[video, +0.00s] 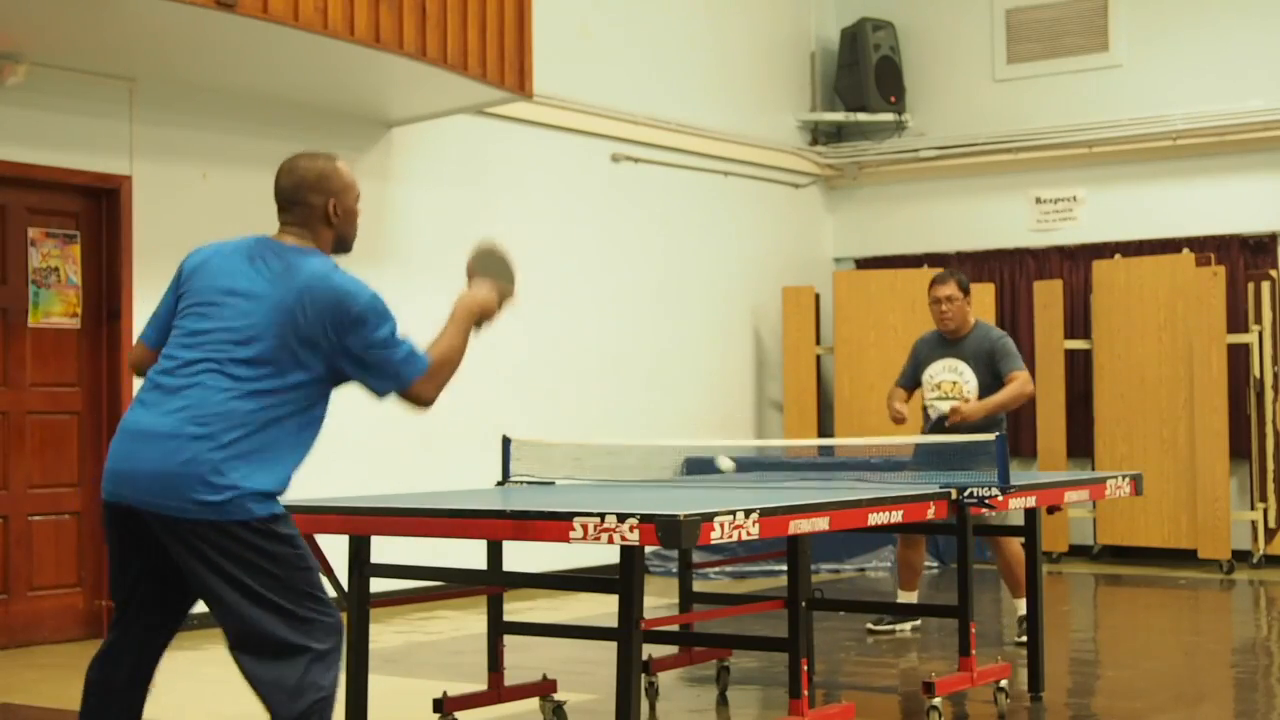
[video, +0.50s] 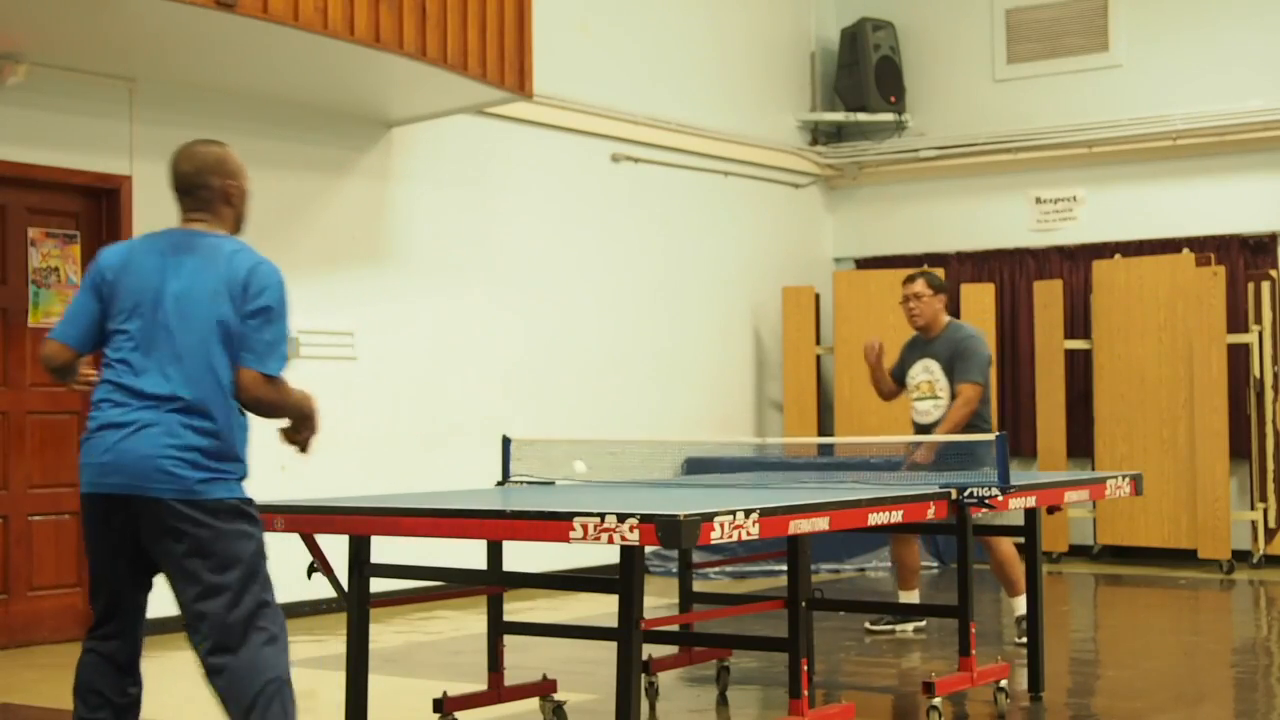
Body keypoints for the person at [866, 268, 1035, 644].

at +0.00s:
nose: (943, 309)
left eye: (950, 301)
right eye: (936, 302)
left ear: (968, 302)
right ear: (929, 306)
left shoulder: (994, 341)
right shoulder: (925, 346)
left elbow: (1024, 386)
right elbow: (900, 390)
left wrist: (978, 408)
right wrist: (897, 405)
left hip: (981, 453)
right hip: (932, 453)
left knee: (998, 529)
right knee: (910, 524)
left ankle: (1026, 613)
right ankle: (906, 610)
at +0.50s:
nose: (910, 307)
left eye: (918, 299)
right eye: (905, 301)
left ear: (942, 300)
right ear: (903, 306)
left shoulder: (968, 341)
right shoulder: (913, 346)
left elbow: (967, 401)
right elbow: (889, 391)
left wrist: (931, 444)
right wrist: (875, 367)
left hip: (970, 452)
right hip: (925, 453)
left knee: (991, 531)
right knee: (903, 524)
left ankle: (1024, 614)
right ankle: (909, 611)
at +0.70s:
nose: (881, 298)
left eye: (888, 290)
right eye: (878, 293)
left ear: (912, 289)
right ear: (878, 297)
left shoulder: (939, 328)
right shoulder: (887, 336)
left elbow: (945, 387)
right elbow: (849, 369)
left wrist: (924, 437)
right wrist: (856, 325)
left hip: (943, 438)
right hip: (898, 441)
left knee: (961, 518)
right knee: (896, 522)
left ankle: (1000, 604)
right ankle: (908, 611)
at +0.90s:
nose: (860, 298)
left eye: (867, 290)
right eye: (856, 293)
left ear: (889, 289)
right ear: (854, 297)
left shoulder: (919, 324)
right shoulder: (865, 340)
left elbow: (936, 379)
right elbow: (829, 376)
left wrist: (917, 433)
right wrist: (833, 330)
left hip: (920, 441)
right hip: (884, 444)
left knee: (918, 521)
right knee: (897, 523)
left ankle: (924, 612)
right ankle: (906, 608)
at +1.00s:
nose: (853, 299)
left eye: (859, 291)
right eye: (848, 294)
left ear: (882, 290)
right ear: (846, 298)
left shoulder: (911, 325)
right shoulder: (855, 342)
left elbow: (926, 382)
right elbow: (831, 388)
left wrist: (920, 437)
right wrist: (823, 350)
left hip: (907, 442)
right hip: (873, 445)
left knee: (899, 520)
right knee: (896, 521)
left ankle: (883, 605)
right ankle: (910, 608)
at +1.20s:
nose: (843, 299)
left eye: (850, 291)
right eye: (838, 293)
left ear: (872, 290)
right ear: (835, 297)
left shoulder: (898, 331)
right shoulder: (843, 340)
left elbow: (913, 391)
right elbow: (830, 390)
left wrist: (920, 445)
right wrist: (813, 405)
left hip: (888, 446)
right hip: (854, 448)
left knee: (870, 524)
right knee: (880, 525)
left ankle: (859, 614)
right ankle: (908, 607)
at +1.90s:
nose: (810, 284)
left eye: (815, 277)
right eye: (801, 279)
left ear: (827, 281)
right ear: (789, 288)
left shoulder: (857, 320)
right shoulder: (782, 335)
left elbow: (868, 377)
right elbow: (772, 392)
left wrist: (844, 427)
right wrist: (760, 444)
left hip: (857, 440)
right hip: (806, 442)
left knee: (855, 524)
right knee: (807, 525)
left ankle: (858, 611)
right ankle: (809, 609)